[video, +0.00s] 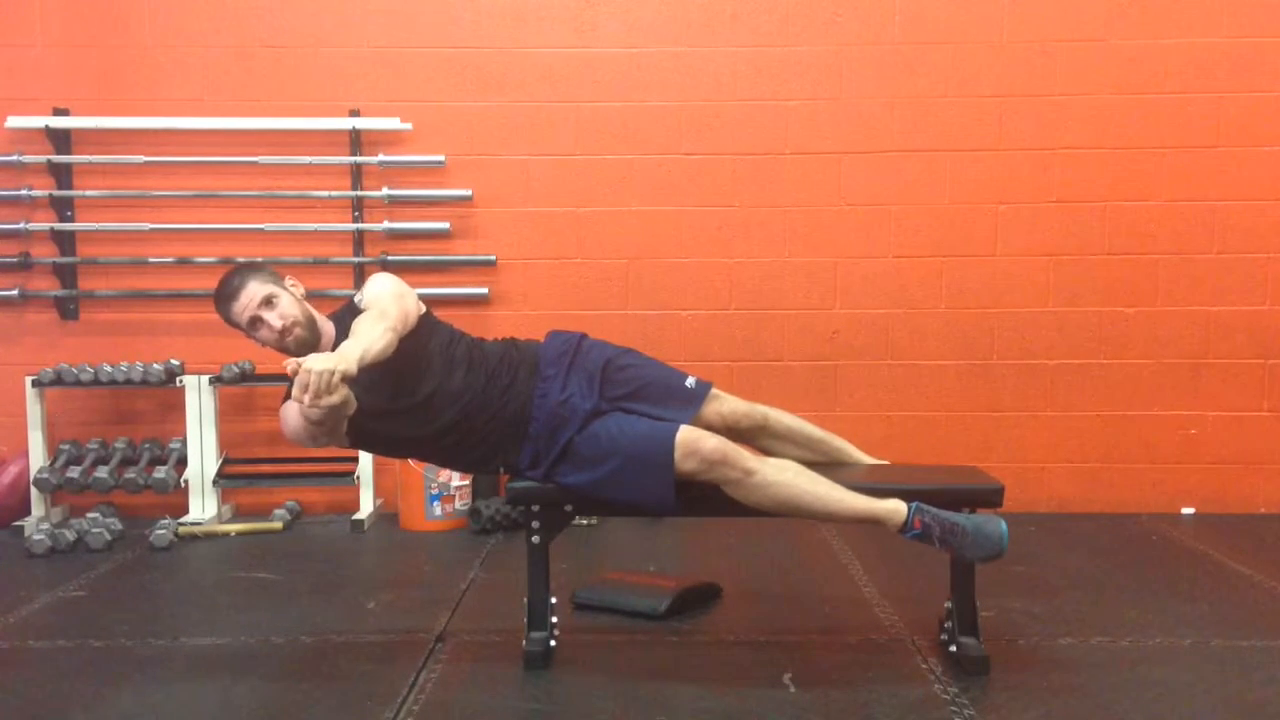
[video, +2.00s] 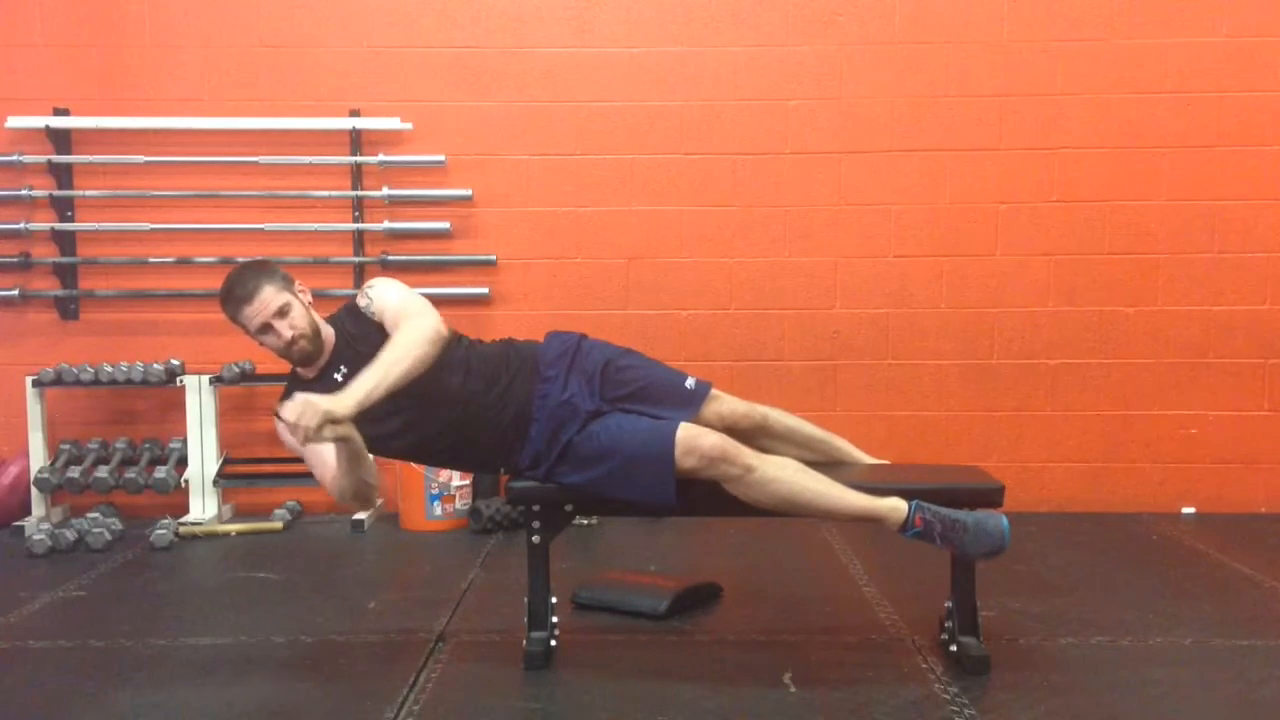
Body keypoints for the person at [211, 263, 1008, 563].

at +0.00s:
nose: (273, 324)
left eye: (270, 305)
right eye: (254, 326)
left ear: (293, 287)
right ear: (251, 345)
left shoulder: (369, 294)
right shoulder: (304, 408)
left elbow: (400, 317)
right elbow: (326, 419)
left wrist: (346, 359)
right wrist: (327, 387)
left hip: (565, 366)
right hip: (546, 450)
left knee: (737, 415)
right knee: (710, 457)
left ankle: (904, 492)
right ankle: (913, 521)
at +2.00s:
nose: (287, 328)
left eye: (285, 308)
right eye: (266, 329)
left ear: (303, 290)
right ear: (255, 345)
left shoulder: (369, 298)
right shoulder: (310, 412)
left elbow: (425, 337)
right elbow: (364, 501)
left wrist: (348, 405)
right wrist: (328, 440)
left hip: (565, 367)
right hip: (544, 449)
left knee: (737, 415)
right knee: (710, 455)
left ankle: (906, 493)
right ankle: (912, 521)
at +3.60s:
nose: (308, 305)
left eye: (309, 287)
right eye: (287, 303)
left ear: (324, 274)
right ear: (268, 318)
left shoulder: (376, 291)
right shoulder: (306, 399)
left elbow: (469, 315)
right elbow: (384, 452)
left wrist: (406, 362)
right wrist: (403, 374)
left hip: (566, 363)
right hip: (541, 442)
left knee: (739, 416)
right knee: (720, 461)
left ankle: (900, 483)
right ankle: (906, 520)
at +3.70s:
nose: (325, 295)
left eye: (327, 277)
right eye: (302, 294)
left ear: (339, 263)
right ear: (279, 307)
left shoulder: (393, 287)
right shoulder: (312, 392)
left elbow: (520, 333)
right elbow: (396, 450)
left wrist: (475, 393)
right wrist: (476, 379)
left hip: (582, 364)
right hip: (547, 443)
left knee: (748, 418)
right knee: (721, 465)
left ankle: (904, 487)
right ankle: (911, 523)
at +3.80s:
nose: (359, 265)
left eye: (361, 247)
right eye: (338, 259)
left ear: (368, 238)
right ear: (302, 271)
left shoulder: (414, 276)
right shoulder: (319, 375)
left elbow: (535, 297)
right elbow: (419, 435)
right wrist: (512, 410)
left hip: (580, 365)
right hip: (543, 444)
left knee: (748, 416)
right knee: (717, 460)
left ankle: (892, 480)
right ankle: (915, 523)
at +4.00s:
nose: (433, 211)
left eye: (430, 198)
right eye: (417, 201)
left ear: (418, 198)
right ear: (369, 209)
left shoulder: (451, 249)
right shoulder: (344, 322)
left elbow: (561, 274)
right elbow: (443, 399)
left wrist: (667, 288)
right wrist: (564, 389)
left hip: (583, 367)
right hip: (547, 434)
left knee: (755, 420)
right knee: (713, 461)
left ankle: (890, 498)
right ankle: (914, 522)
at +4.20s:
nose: (521, 180)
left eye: (523, 165)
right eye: (511, 165)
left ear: (491, 161)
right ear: (463, 160)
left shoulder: (507, 233)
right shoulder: (409, 263)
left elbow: (595, 285)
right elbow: (500, 356)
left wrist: (686, 306)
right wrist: (622, 389)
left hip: (602, 367)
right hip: (555, 426)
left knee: (767, 420)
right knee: (710, 462)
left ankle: (872, 508)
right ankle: (904, 522)